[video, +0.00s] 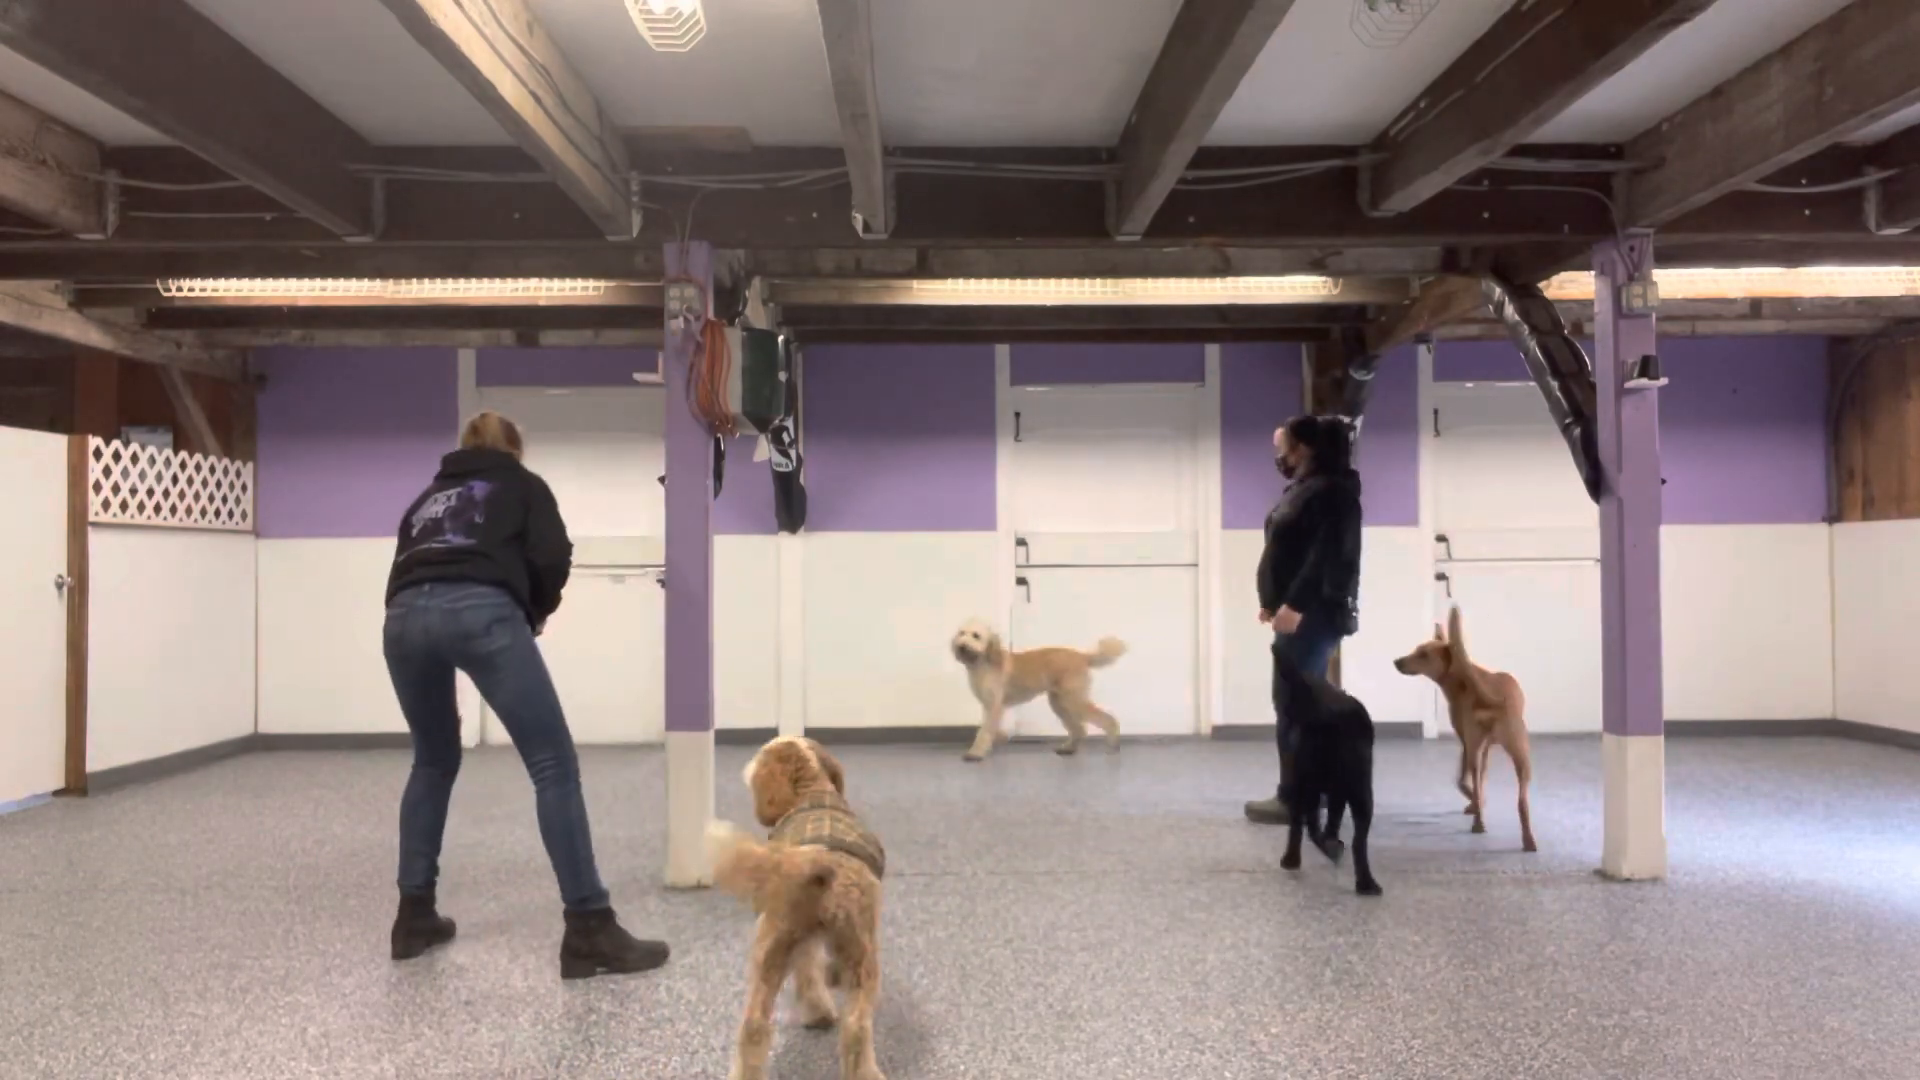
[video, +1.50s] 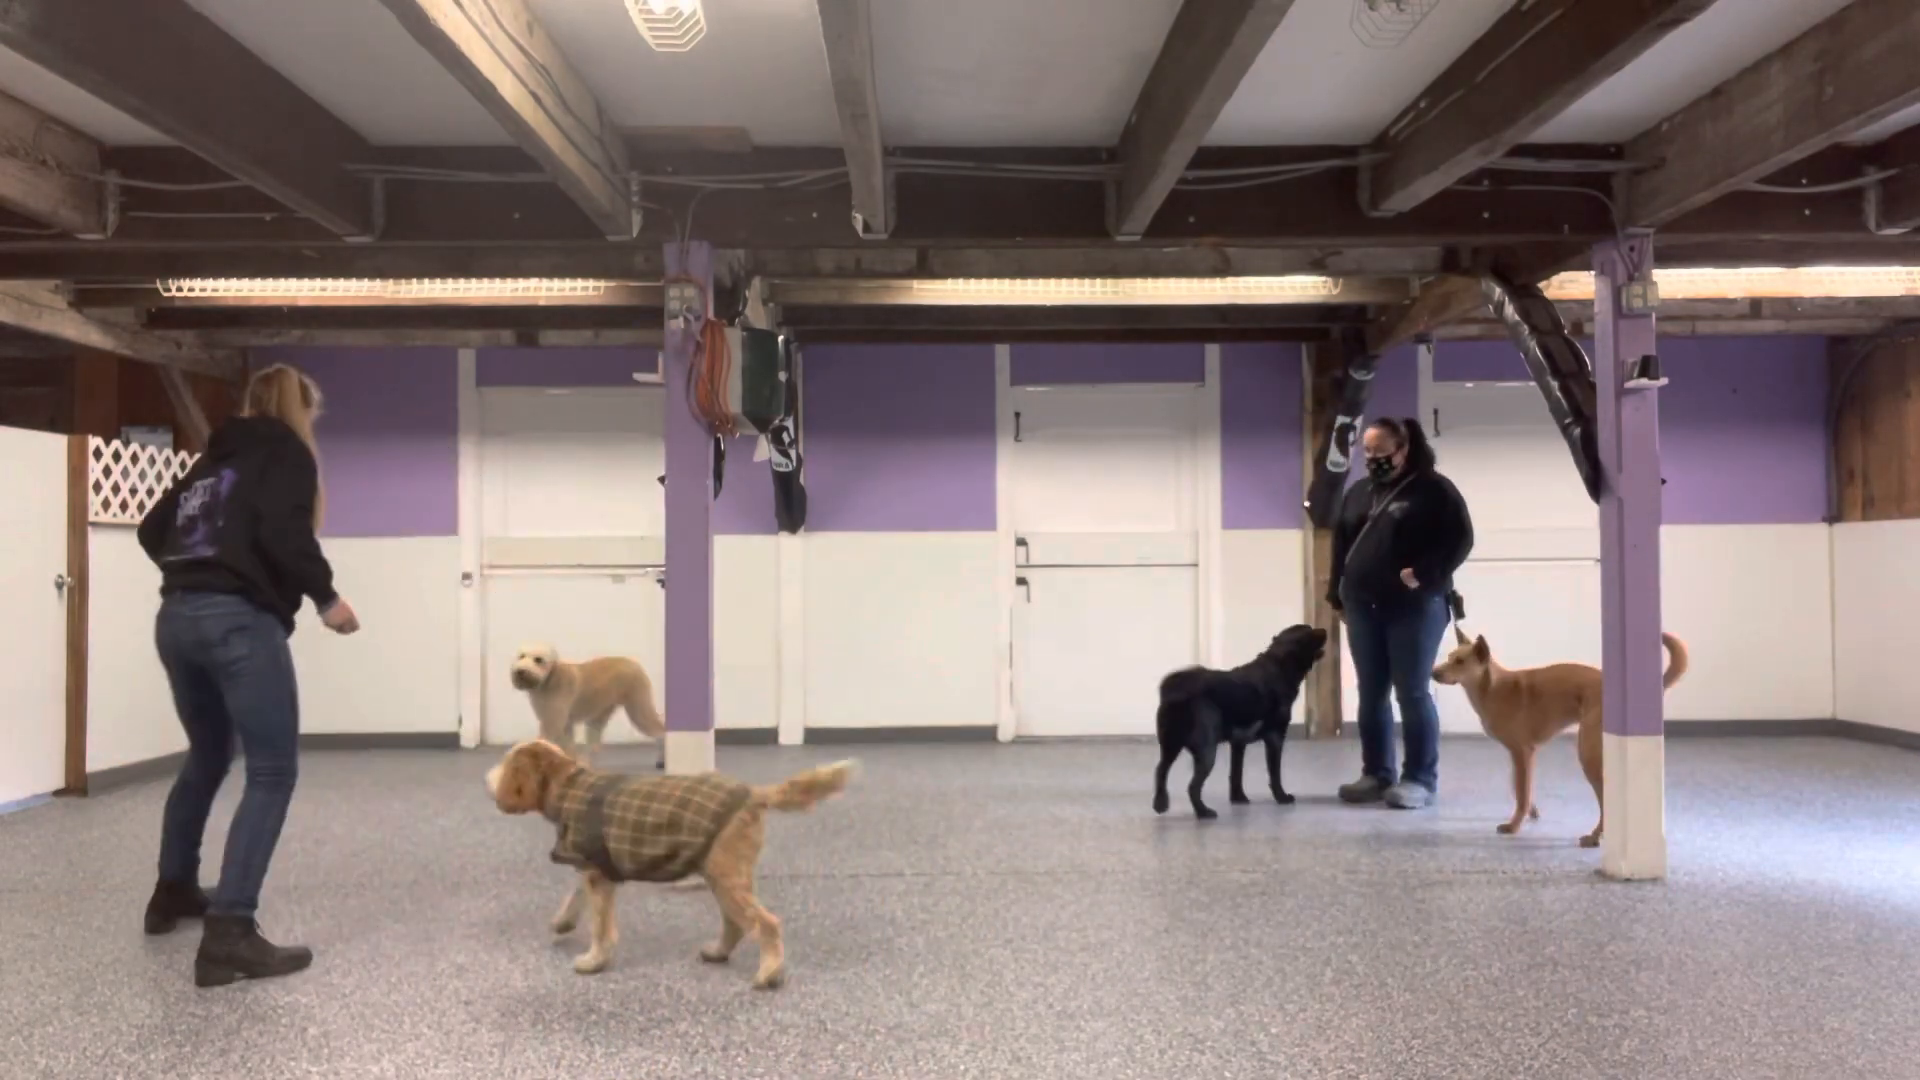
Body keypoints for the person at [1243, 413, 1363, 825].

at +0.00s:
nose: (1282, 457)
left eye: (1287, 448)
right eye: (1282, 449)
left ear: (1307, 448)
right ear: (1305, 450)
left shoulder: (1333, 489)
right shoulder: (1301, 488)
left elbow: (1327, 554)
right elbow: (1290, 549)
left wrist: (1296, 604)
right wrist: (1271, 598)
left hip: (1315, 616)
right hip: (1295, 614)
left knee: (1294, 704)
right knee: (1292, 703)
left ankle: (1294, 795)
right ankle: (1294, 792)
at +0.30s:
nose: (1305, 469)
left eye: (1311, 461)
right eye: (1302, 463)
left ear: (1335, 455)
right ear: (1319, 459)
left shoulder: (1375, 496)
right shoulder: (1305, 498)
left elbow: (1395, 554)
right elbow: (1286, 554)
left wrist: (1384, 605)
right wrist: (1266, 603)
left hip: (1353, 613)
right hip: (1307, 613)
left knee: (1325, 695)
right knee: (1334, 695)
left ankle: (1318, 790)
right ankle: (1362, 781)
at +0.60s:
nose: (1322, 465)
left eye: (1329, 457)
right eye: (1316, 458)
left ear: (1354, 449)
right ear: (1313, 456)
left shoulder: (1392, 493)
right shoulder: (1312, 496)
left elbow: (1421, 546)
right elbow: (1293, 552)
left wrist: (1432, 597)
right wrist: (1278, 603)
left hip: (1376, 610)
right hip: (1322, 614)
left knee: (1365, 692)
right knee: (1339, 698)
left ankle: (1393, 780)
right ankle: (1355, 778)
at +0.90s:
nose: (1360, 468)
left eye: (1365, 459)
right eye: (1353, 461)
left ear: (1384, 447)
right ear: (1346, 457)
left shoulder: (1419, 488)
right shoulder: (1345, 489)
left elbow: (1446, 543)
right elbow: (1324, 541)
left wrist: (1434, 585)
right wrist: (1310, 592)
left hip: (1404, 609)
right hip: (1349, 610)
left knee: (1404, 695)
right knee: (1353, 700)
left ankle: (1419, 782)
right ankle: (1361, 781)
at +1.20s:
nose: (1376, 469)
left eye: (1382, 460)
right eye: (1370, 462)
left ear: (1402, 449)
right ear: (1364, 458)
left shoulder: (1437, 488)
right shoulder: (1362, 490)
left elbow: (1470, 534)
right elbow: (1343, 542)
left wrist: (1439, 566)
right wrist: (1331, 593)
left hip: (1417, 604)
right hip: (1364, 605)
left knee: (1414, 694)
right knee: (1358, 690)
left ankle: (1419, 782)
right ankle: (1368, 777)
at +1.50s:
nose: (1374, 462)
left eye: (1381, 454)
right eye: (1369, 455)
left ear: (1404, 448)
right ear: (1363, 454)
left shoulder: (1435, 489)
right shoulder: (1359, 492)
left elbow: (1461, 540)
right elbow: (1343, 543)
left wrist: (1424, 573)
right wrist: (1338, 589)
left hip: (1415, 603)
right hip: (1363, 604)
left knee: (1413, 692)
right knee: (1372, 694)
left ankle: (1420, 782)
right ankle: (1378, 774)